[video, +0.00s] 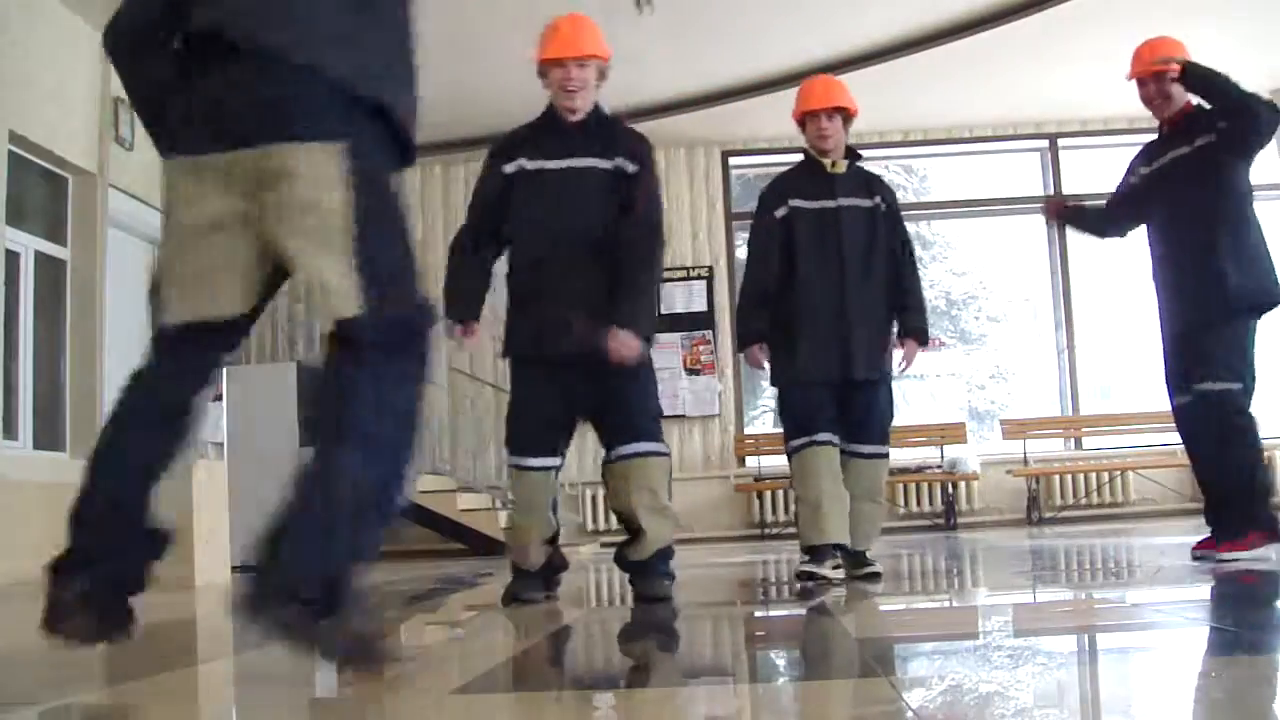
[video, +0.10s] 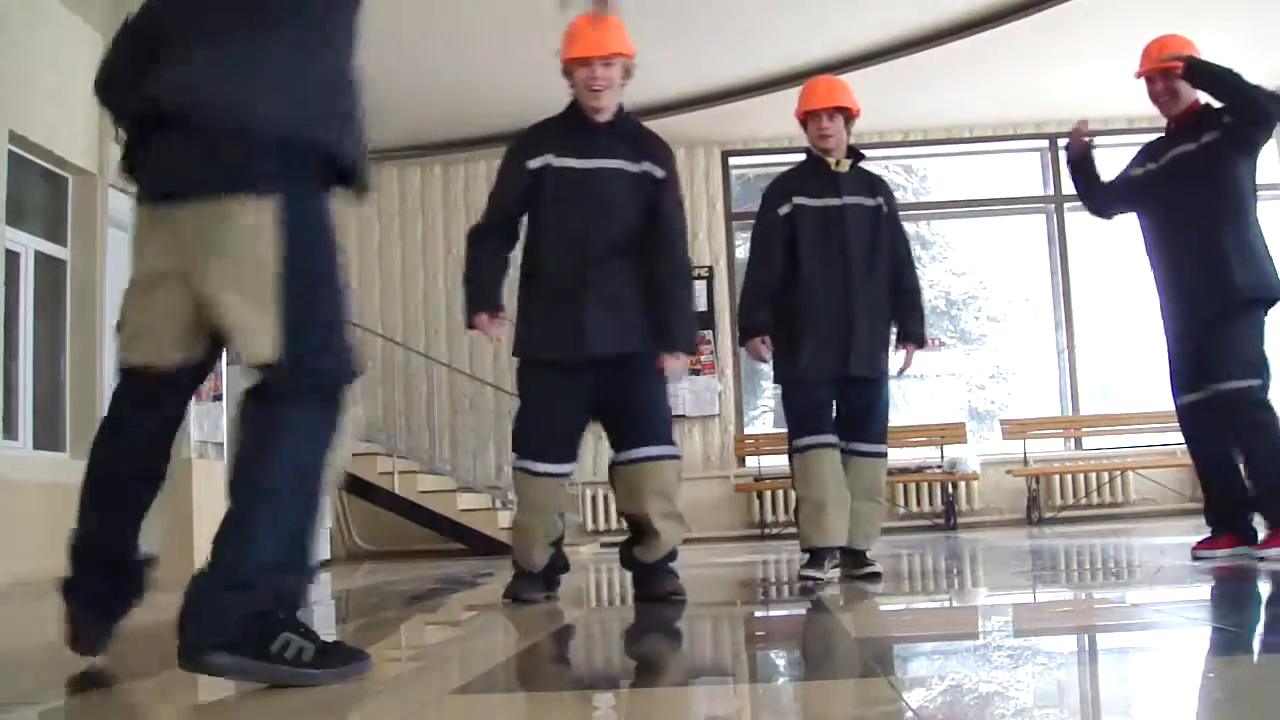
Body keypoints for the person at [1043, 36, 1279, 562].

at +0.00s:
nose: (1148, 92)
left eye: (1156, 80)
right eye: (1141, 84)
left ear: (1181, 79)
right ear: (1136, 91)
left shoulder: (1221, 129)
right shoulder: (1148, 160)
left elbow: (1263, 116)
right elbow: (1113, 222)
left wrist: (1196, 75)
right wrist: (1068, 211)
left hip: (1228, 287)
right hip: (1180, 299)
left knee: (1220, 400)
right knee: (1190, 409)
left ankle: (1254, 524)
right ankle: (1228, 526)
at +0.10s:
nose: (1158, 88)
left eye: (1167, 76)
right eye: (1150, 80)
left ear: (1192, 78)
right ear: (1144, 89)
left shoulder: (1229, 128)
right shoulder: (1149, 159)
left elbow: (1264, 109)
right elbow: (1102, 203)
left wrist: (1197, 69)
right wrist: (1080, 159)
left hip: (1237, 288)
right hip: (1182, 304)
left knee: (1239, 397)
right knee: (1195, 413)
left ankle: (1279, 520)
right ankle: (1232, 528)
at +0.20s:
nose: (1167, 85)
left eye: (1176, 73)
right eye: (1159, 77)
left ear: (1201, 75)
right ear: (1153, 86)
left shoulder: (1239, 127)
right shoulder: (1148, 155)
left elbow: (1271, 102)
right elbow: (1093, 175)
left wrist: (1204, 66)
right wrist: (1103, 117)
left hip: (1247, 294)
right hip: (1186, 306)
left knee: (1266, 413)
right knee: (1204, 423)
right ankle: (1232, 530)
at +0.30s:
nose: (1179, 83)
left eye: (1188, 71)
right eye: (1170, 75)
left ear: (1213, 73)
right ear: (1165, 85)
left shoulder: (1250, 126)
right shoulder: (1153, 150)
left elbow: (1276, 94)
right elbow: (1097, 155)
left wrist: (1215, 63)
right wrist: (1122, 94)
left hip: (1259, 295)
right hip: (1195, 306)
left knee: (1274, 410)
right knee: (1209, 421)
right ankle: (1232, 529)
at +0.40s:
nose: (1190, 81)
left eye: (1199, 68)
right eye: (1181, 73)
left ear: (1224, 70)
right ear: (1175, 83)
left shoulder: (1263, 123)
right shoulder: (1165, 145)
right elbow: (1107, 147)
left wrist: (1226, 60)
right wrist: (1137, 86)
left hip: (1268, 294)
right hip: (1205, 304)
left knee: (1276, 406)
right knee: (1215, 418)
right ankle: (1232, 529)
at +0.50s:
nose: (1203, 77)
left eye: (1212, 64)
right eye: (1195, 69)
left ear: (1238, 67)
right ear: (1189, 79)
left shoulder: (1271, 119)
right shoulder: (1178, 142)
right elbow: (1119, 141)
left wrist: (1238, 55)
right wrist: (1153, 82)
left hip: (1275, 294)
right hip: (1219, 301)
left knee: (1279, 401)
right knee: (1221, 414)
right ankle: (1233, 526)